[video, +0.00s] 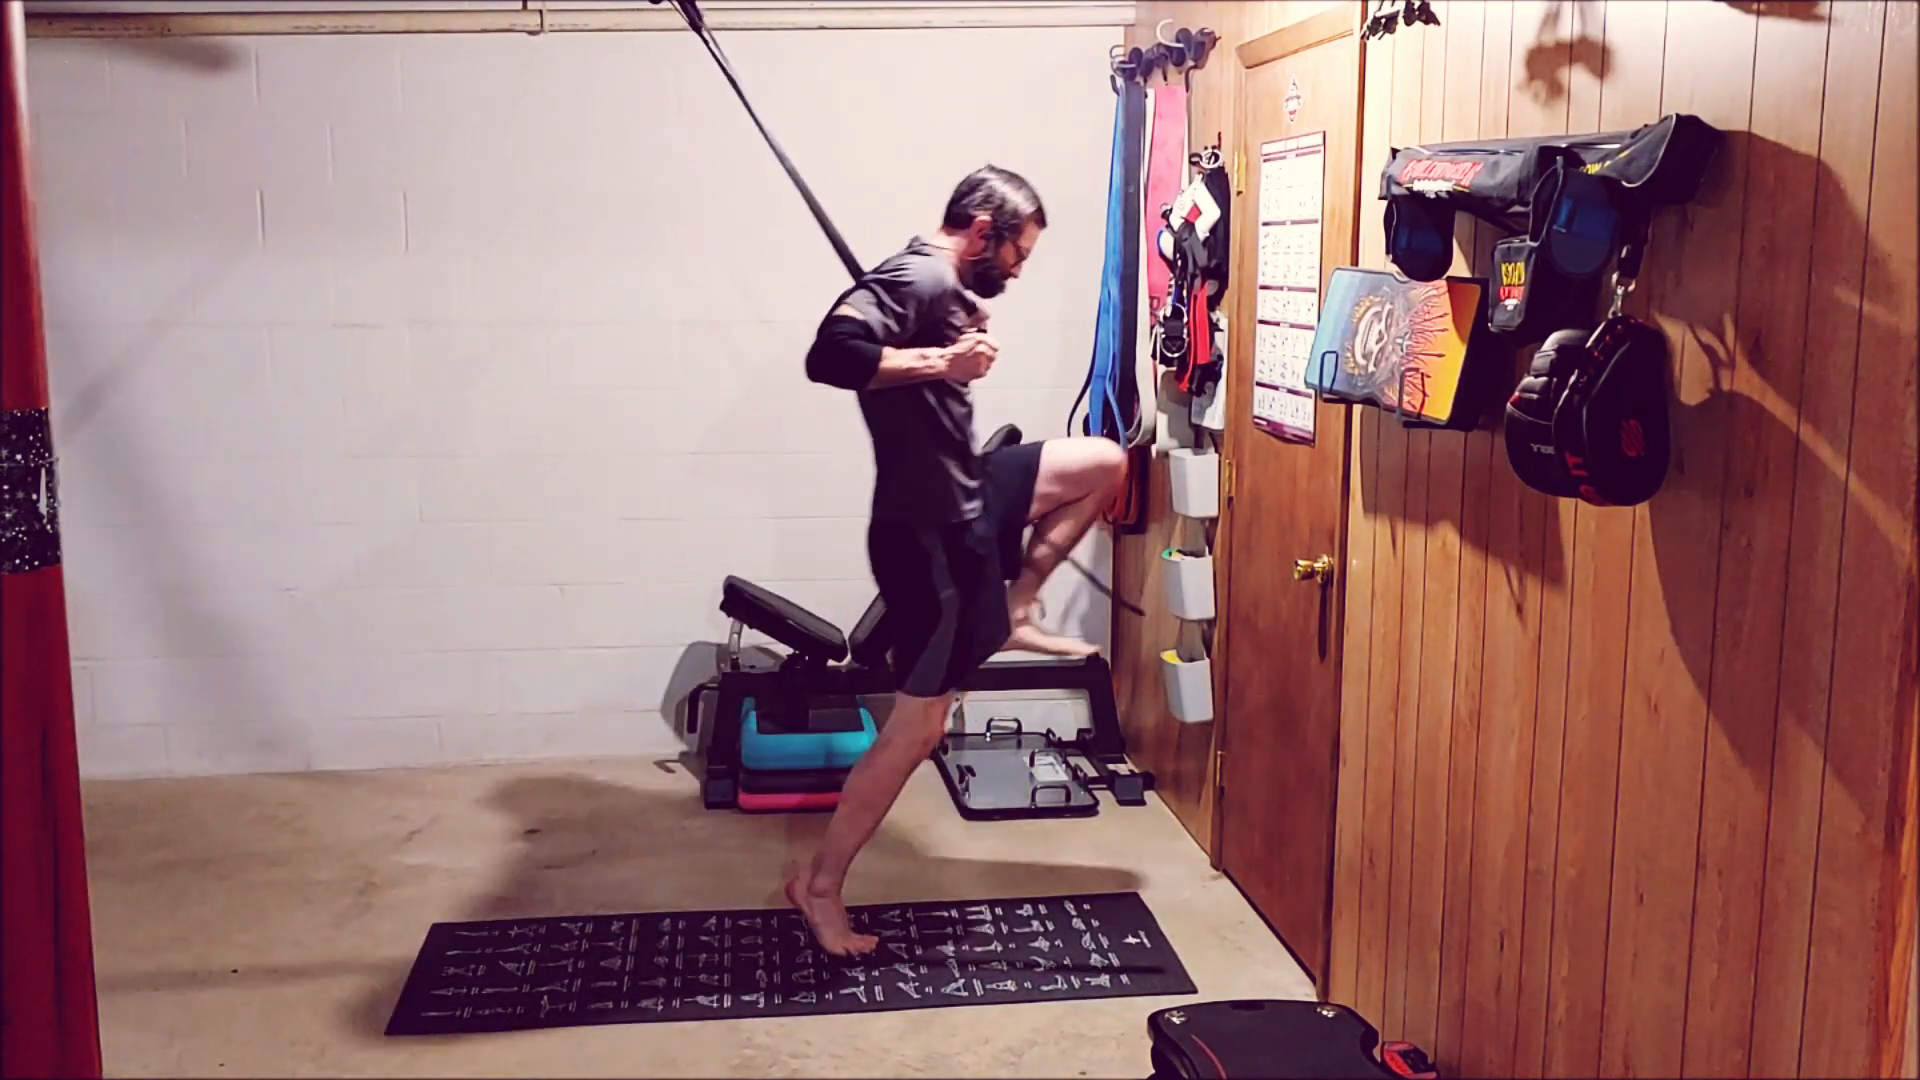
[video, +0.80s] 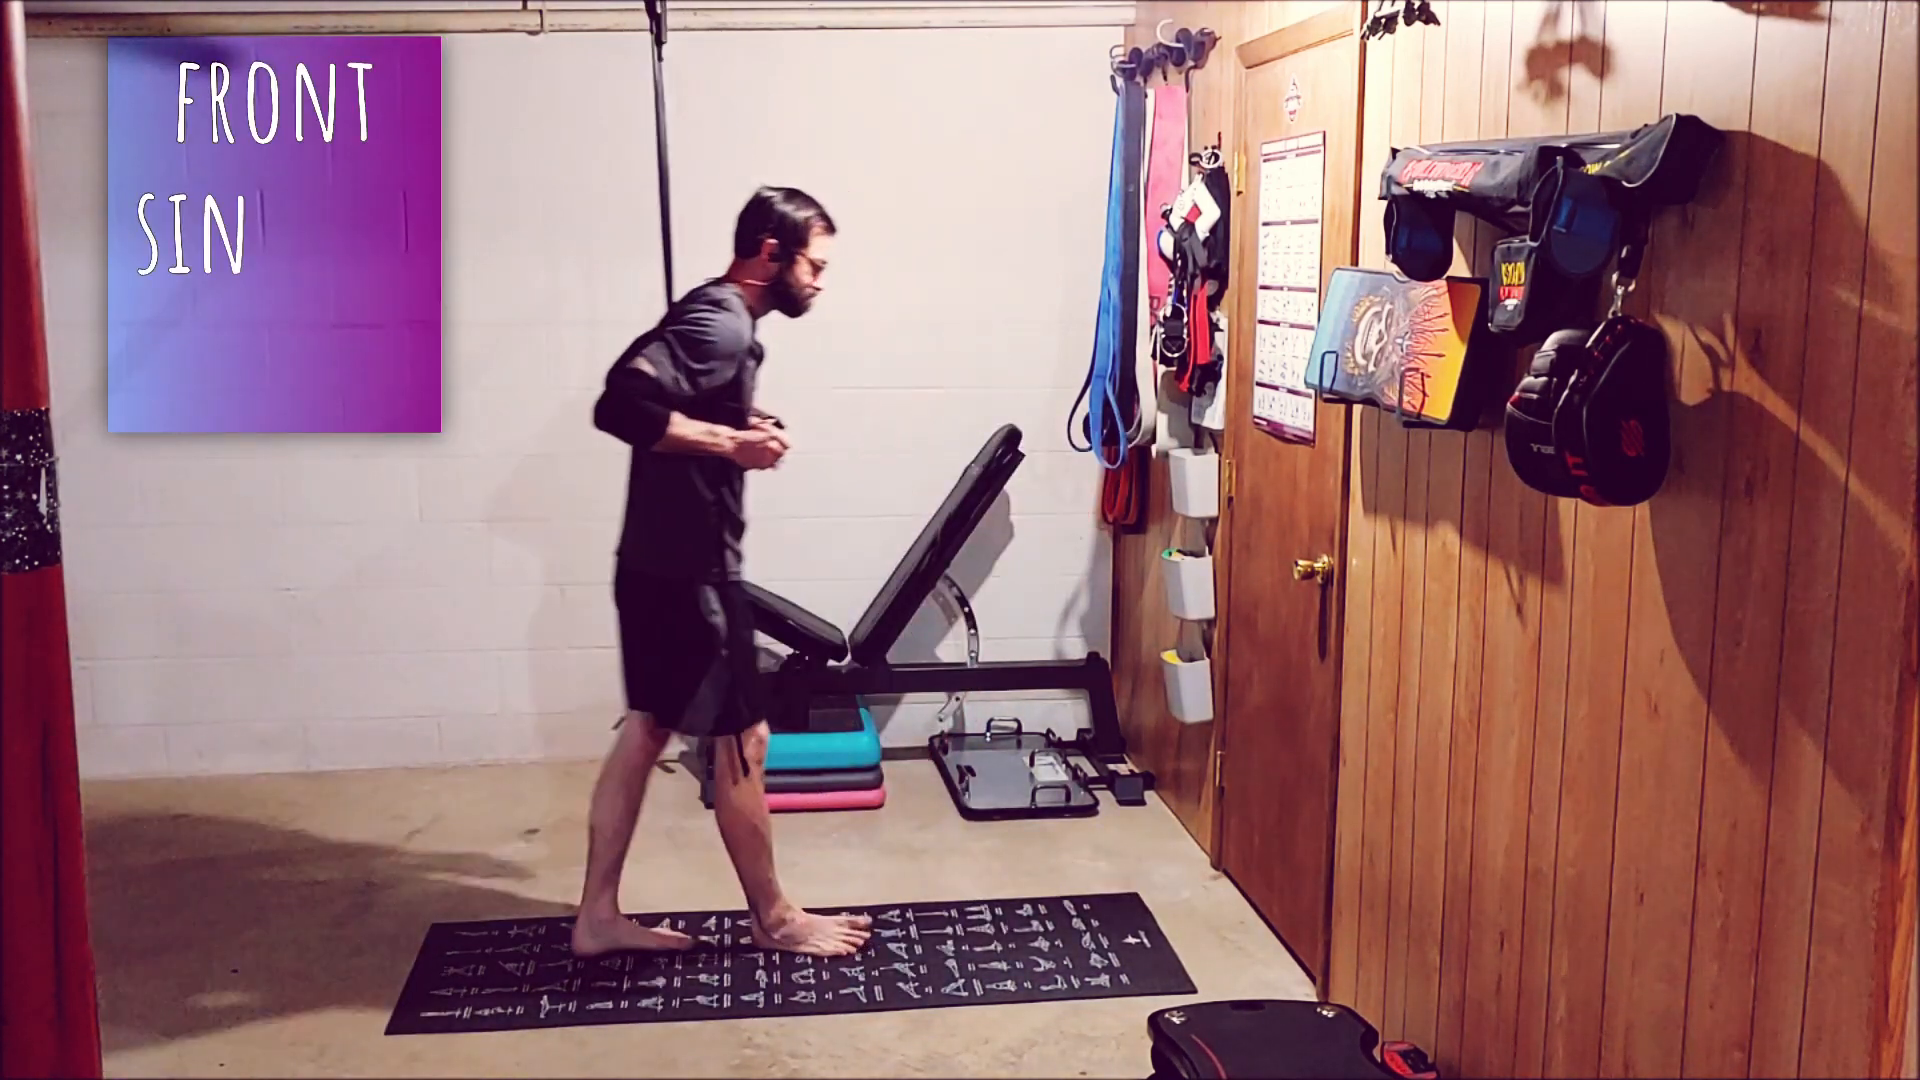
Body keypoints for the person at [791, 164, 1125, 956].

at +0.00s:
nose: (1017, 272)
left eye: (1023, 258)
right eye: (1018, 254)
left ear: (977, 229)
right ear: (980, 228)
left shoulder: (946, 282)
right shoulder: (916, 271)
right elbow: (833, 353)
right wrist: (943, 359)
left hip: (969, 485)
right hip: (923, 522)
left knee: (1106, 464)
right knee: (918, 726)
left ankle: (1015, 611)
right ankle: (819, 882)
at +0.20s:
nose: (972, 271)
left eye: (977, 257)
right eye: (971, 254)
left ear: (925, 238)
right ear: (930, 238)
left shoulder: (897, 292)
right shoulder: (878, 287)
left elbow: (842, 368)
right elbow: (792, 365)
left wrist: (913, 364)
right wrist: (898, 387)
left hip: (912, 512)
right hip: (866, 538)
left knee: (1043, 537)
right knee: (859, 737)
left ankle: (930, 641)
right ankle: (791, 904)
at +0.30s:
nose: (949, 277)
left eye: (953, 263)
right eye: (946, 261)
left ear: (898, 246)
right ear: (903, 246)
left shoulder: (869, 299)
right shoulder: (854, 297)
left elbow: (811, 377)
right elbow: (765, 371)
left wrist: (883, 379)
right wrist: (873, 402)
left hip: (875, 533)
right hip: (834, 547)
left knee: (998, 602)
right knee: (833, 733)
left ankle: (862, 700)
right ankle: (785, 914)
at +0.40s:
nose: (930, 273)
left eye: (932, 258)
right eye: (923, 257)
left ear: (876, 249)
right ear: (880, 247)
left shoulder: (843, 312)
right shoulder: (829, 303)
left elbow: (767, 386)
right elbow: (737, 377)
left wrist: (851, 410)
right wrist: (846, 412)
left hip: (841, 551)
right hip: (803, 558)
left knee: (933, 664)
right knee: (807, 734)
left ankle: (797, 746)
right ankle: (784, 918)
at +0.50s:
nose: (906, 278)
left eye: (908, 263)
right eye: (901, 261)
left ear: (855, 251)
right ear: (856, 251)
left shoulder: (823, 314)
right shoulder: (804, 308)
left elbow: (738, 393)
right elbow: (709, 385)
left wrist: (830, 415)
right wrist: (821, 420)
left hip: (807, 555)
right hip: (775, 559)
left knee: (860, 704)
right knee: (790, 729)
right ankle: (781, 916)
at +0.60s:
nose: (877, 281)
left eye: (881, 266)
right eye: (873, 264)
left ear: (825, 253)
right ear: (827, 251)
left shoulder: (791, 315)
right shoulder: (776, 311)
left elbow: (710, 398)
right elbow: (682, 394)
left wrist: (808, 417)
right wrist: (793, 426)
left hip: (762, 554)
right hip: (754, 558)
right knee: (774, 738)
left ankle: (631, 874)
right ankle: (781, 917)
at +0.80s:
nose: (822, 280)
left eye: (824, 265)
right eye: (815, 264)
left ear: (763, 256)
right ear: (767, 255)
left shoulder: (725, 319)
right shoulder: (717, 320)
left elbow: (659, 405)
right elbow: (620, 405)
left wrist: (740, 424)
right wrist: (727, 440)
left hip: (667, 563)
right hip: (687, 569)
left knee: (647, 726)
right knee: (739, 737)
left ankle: (597, 915)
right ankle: (776, 917)